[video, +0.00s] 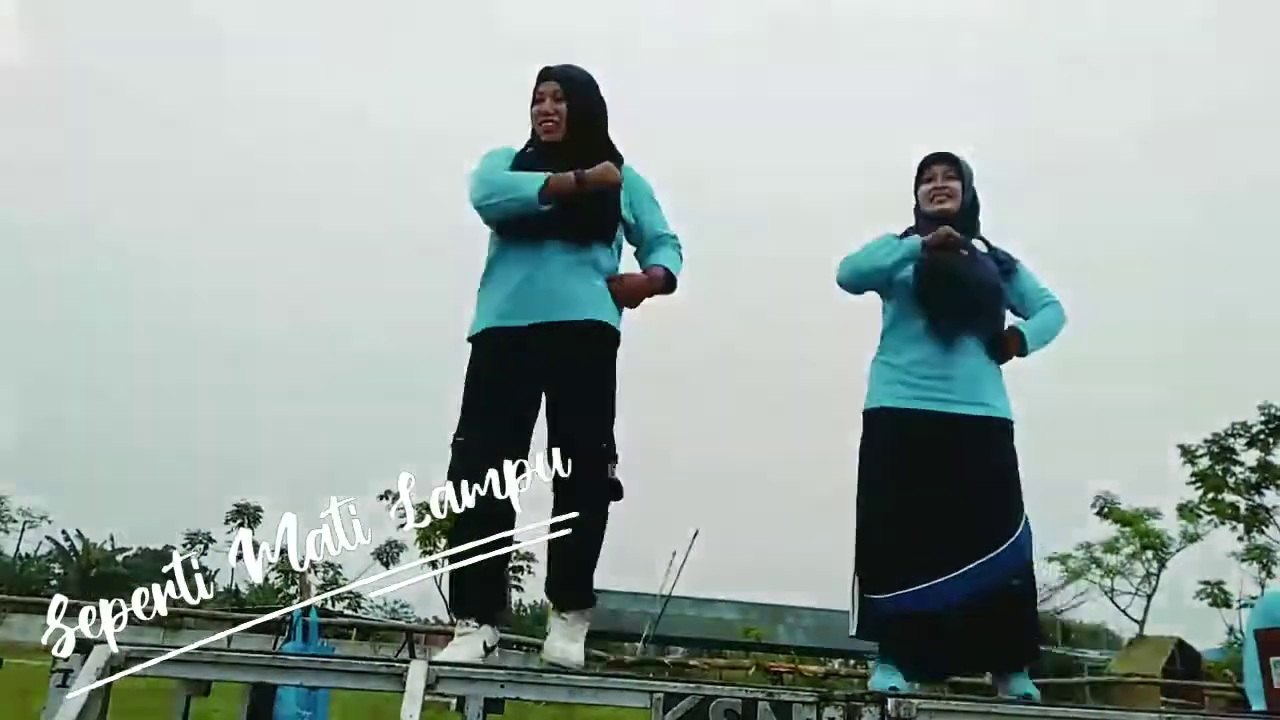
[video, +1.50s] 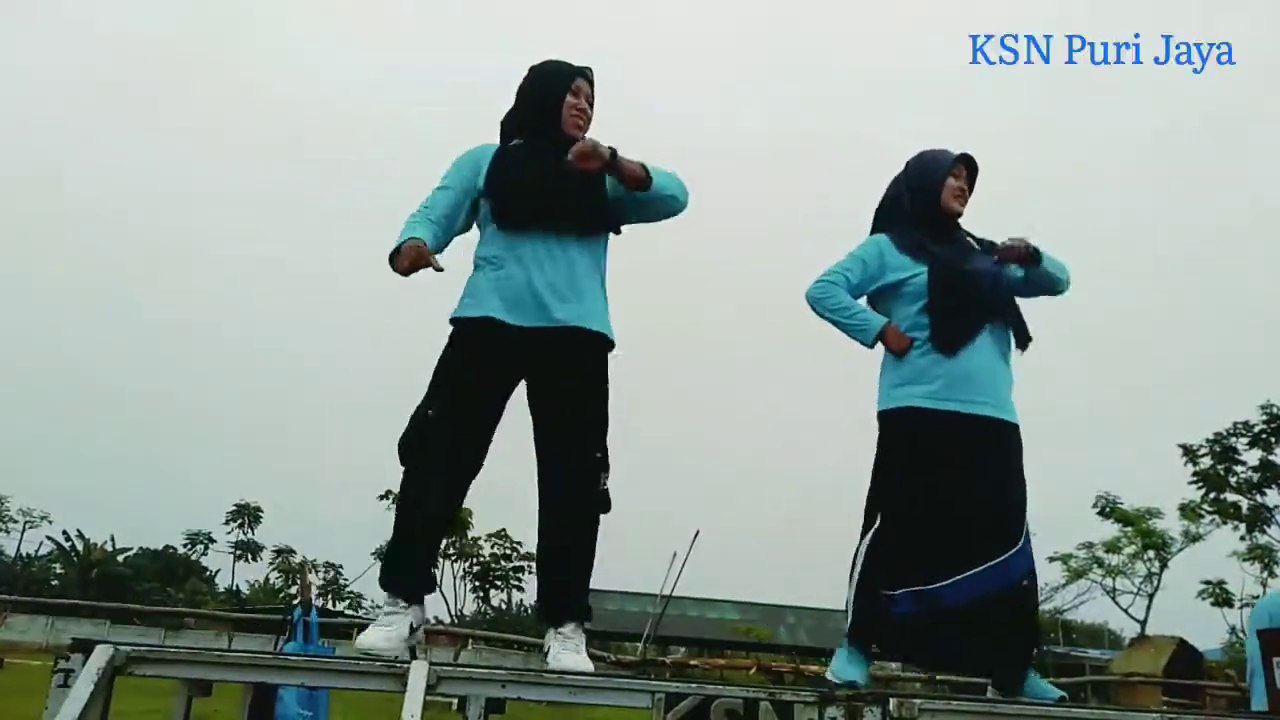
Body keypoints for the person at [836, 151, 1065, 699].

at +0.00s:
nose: (939, 186)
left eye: (950, 179)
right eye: (930, 180)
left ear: (969, 194)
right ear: (916, 196)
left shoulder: (997, 258)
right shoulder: (896, 249)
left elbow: (1052, 312)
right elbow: (848, 275)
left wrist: (1020, 339)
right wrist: (915, 246)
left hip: (978, 409)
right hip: (900, 404)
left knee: (998, 535)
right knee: (897, 531)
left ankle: (1011, 665)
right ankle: (894, 660)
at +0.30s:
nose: (915, 188)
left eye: (926, 181)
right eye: (905, 182)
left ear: (944, 196)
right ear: (893, 199)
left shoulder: (973, 260)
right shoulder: (871, 255)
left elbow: (1030, 305)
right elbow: (807, 287)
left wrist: (1001, 340)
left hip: (950, 410)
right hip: (873, 403)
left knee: (953, 531)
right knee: (866, 523)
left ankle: (955, 654)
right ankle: (858, 647)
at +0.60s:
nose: (885, 184)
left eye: (895, 180)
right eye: (875, 178)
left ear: (905, 198)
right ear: (854, 192)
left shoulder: (930, 261)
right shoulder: (821, 253)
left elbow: (989, 295)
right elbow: (757, 283)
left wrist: (1045, 336)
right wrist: (701, 282)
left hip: (911, 416)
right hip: (832, 410)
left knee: (929, 536)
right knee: (823, 534)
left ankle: (948, 658)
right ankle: (812, 660)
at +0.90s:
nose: (880, 199)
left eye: (887, 195)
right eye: (872, 188)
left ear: (890, 205)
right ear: (843, 186)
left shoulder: (901, 261)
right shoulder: (807, 245)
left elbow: (957, 257)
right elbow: (732, 270)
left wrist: (890, 229)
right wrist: (784, 306)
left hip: (887, 410)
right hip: (817, 401)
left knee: (877, 528)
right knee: (814, 526)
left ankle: (851, 654)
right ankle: (800, 659)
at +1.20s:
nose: (908, 179)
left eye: (914, 175)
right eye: (900, 167)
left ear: (915, 187)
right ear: (870, 167)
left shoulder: (924, 244)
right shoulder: (829, 230)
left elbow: (986, 263)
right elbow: (757, 270)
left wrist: (990, 250)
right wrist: (805, 305)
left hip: (918, 399)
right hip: (842, 395)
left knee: (949, 522)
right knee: (820, 519)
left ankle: (973, 654)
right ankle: (804, 651)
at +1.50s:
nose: (964, 188)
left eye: (967, 183)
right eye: (955, 178)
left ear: (966, 195)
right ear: (924, 180)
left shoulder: (985, 257)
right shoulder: (888, 246)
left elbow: (1058, 281)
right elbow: (824, 291)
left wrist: (1030, 258)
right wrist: (880, 329)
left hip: (991, 414)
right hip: (917, 408)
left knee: (1005, 536)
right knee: (895, 529)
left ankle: (1011, 668)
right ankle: (856, 647)